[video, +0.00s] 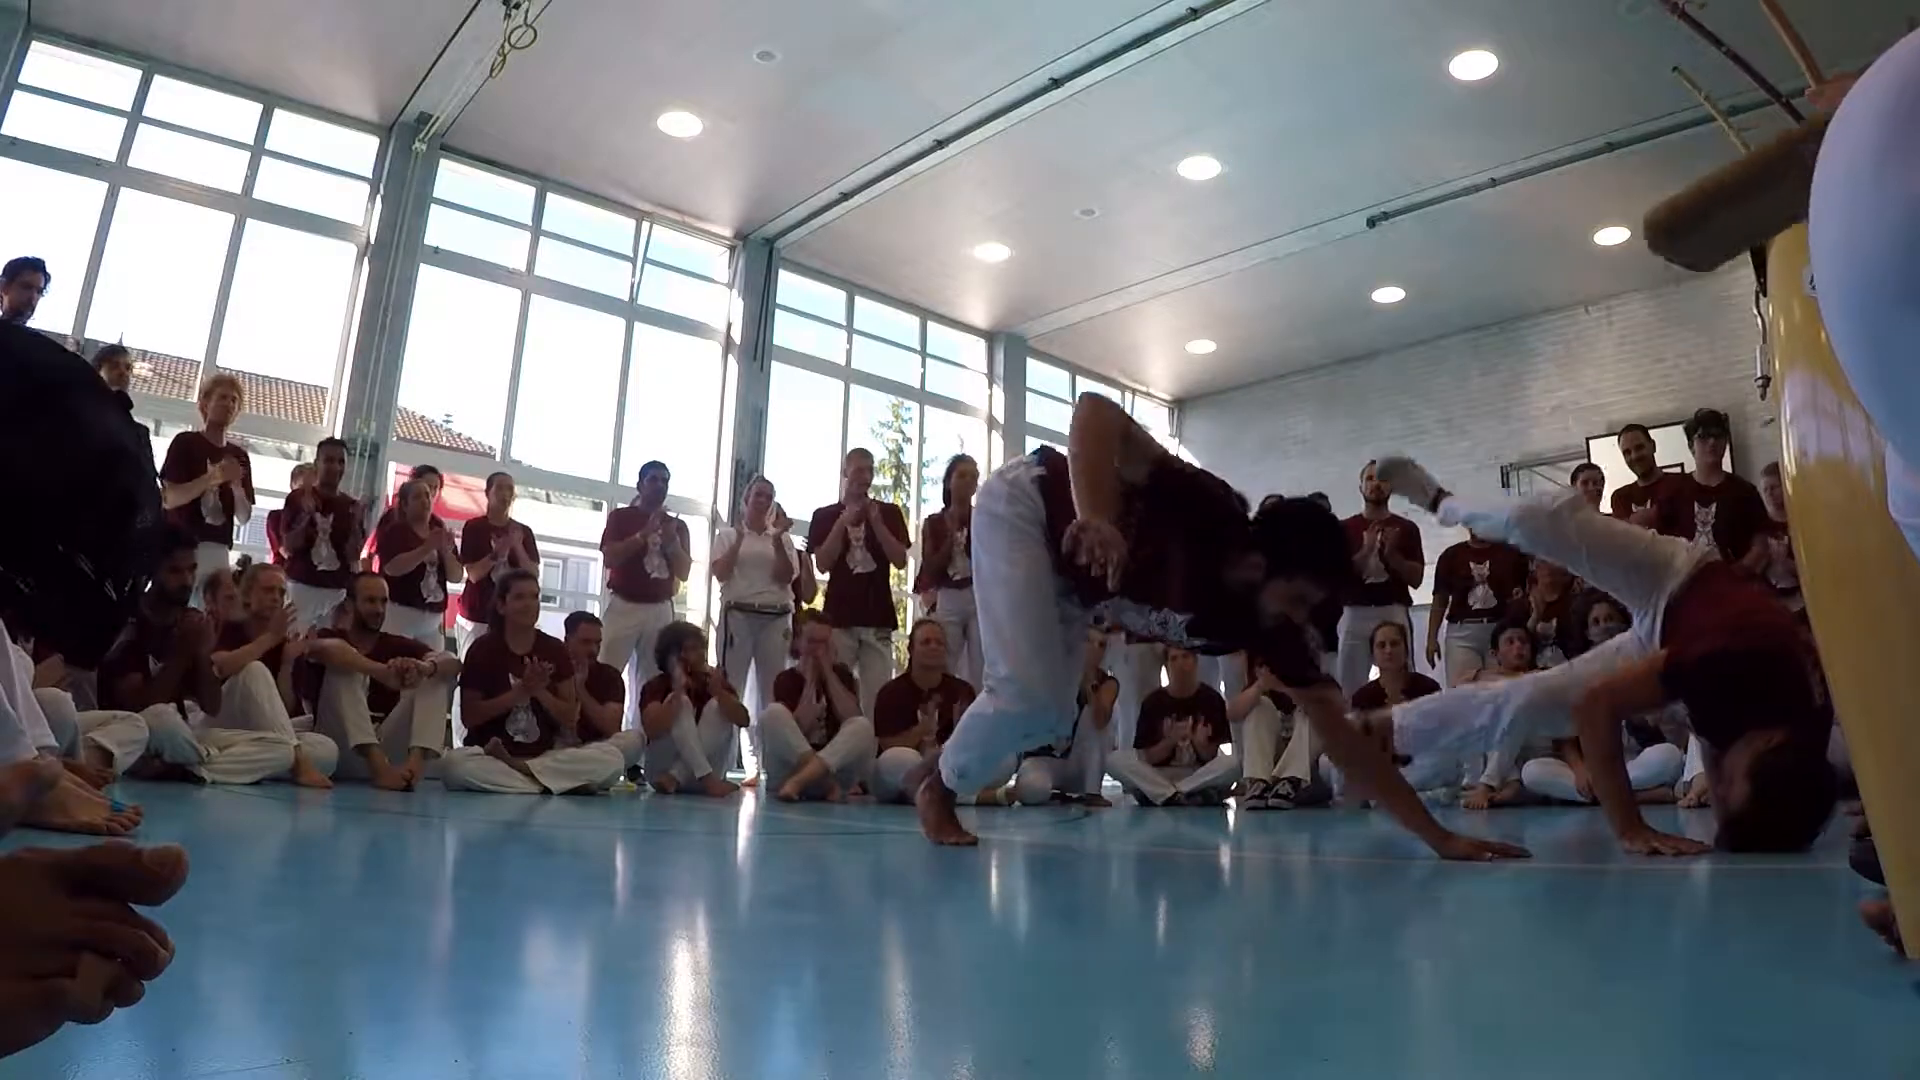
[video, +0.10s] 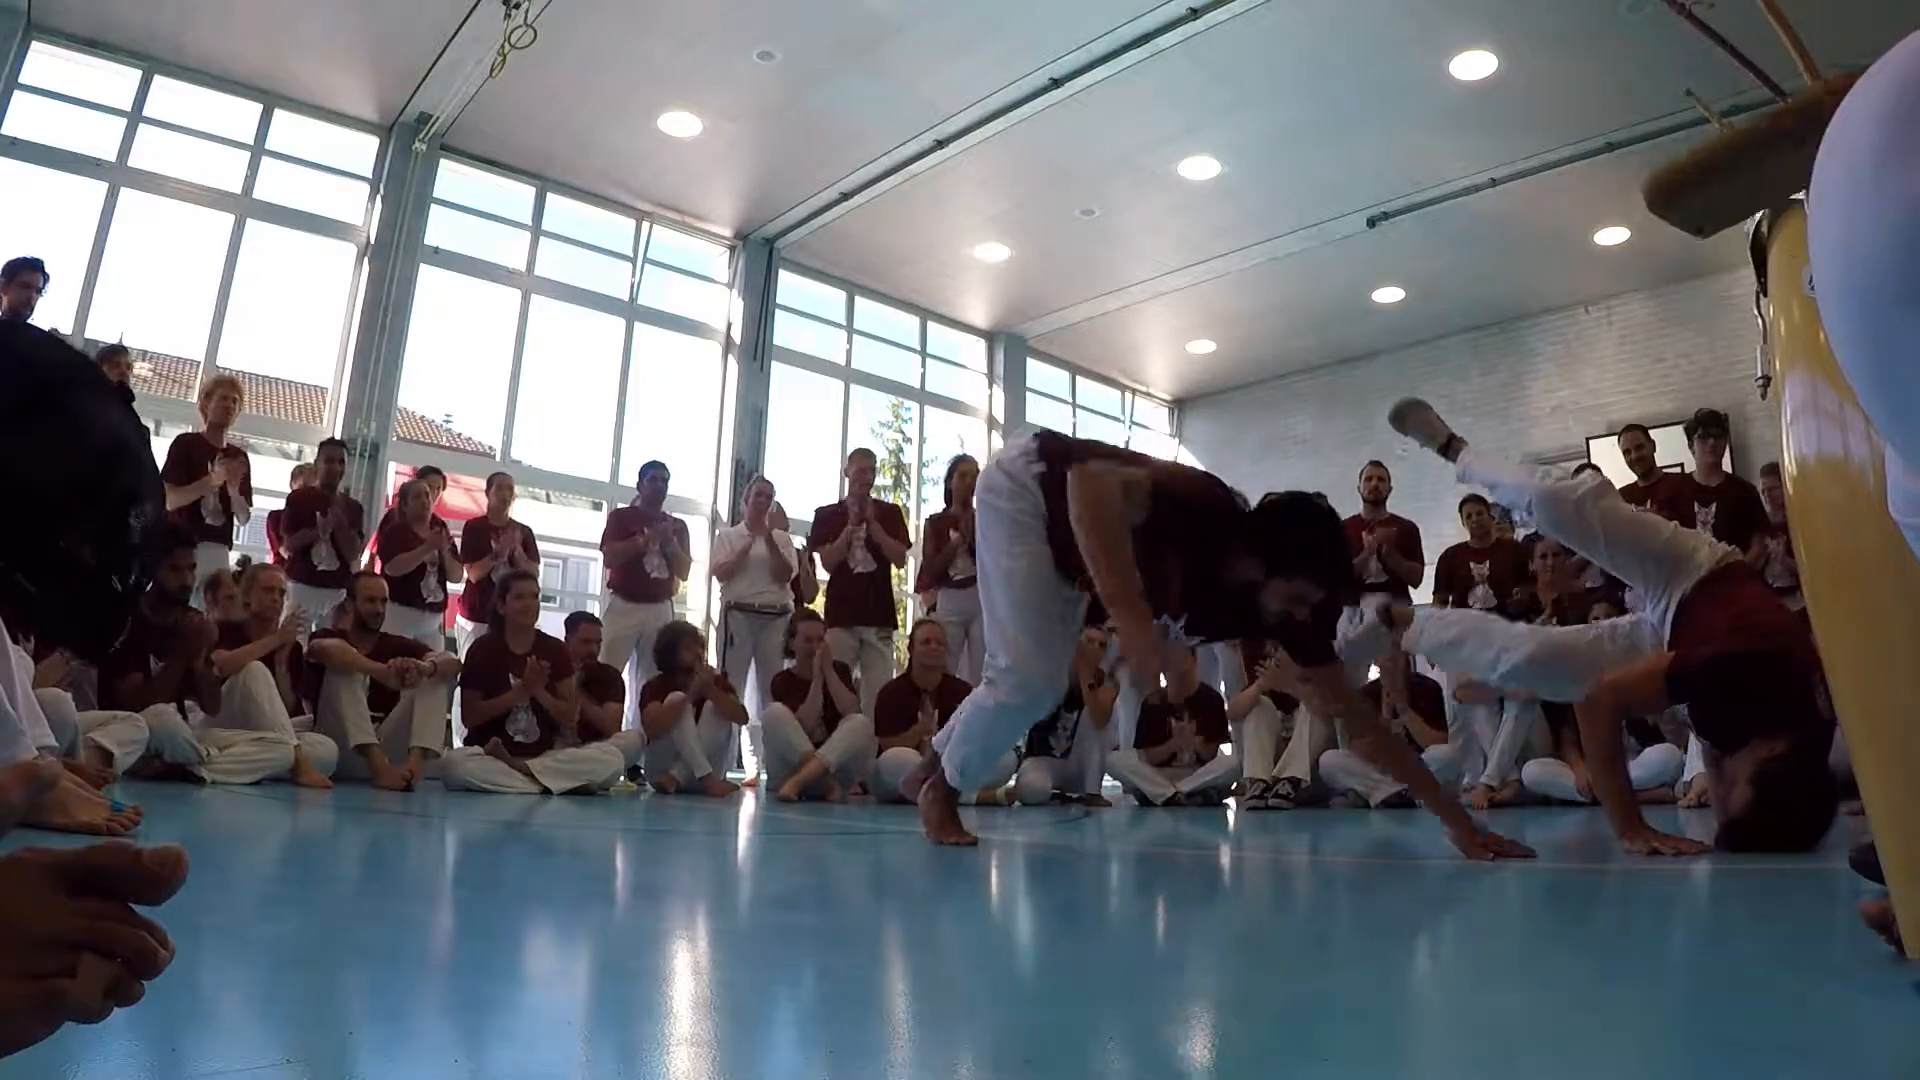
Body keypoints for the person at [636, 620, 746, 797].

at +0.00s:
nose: (702, 654)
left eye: (703, 647)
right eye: (693, 649)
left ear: (706, 649)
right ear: (675, 655)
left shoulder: (714, 680)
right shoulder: (655, 686)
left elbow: (743, 720)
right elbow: (652, 729)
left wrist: (719, 692)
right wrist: (677, 692)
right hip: (663, 772)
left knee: (719, 705)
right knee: (680, 702)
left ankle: (675, 776)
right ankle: (707, 777)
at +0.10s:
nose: (698, 652)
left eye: (699, 646)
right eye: (688, 648)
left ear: (704, 648)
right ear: (672, 653)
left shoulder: (716, 680)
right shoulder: (654, 686)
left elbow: (742, 718)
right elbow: (651, 728)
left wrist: (710, 689)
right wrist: (692, 693)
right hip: (664, 772)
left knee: (718, 704)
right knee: (677, 700)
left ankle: (676, 776)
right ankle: (707, 777)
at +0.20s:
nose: (698, 651)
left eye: (699, 645)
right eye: (687, 647)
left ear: (703, 648)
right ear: (670, 652)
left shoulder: (716, 680)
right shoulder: (654, 686)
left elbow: (742, 719)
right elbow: (652, 728)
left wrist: (711, 690)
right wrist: (692, 694)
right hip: (664, 771)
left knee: (718, 704)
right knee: (676, 700)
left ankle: (676, 776)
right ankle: (707, 777)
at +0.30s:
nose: (697, 651)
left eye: (698, 645)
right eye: (686, 647)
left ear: (702, 647)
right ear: (670, 653)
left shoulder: (715, 680)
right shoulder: (654, 686)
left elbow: (742, 719)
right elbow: (652, 728)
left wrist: (711, 691)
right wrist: (691, 696)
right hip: (663, 772)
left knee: (718, 704)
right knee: (677, 700)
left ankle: (675, 776)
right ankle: (707, 777)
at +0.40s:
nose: (694, 651)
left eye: (696, 644)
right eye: (684, 647)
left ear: (701, 648)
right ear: (670, 654)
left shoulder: (715, 679)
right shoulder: (654, 686)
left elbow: (743, 721)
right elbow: (652, 729)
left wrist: (716, 692)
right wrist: (679, 692)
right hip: (663, 772)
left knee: (716, 706)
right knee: (679, 701)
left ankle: (675, 776)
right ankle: (707, 777)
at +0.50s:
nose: (691, 651)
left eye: (693, 644)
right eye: (681, 647)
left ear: (699, 647)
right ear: (667, 655)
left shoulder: (714, 678)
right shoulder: (654, 686)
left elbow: (743, 721)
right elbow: (652, 729)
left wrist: (716, 691)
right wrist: (678, 692)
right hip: (663, 772)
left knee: (716, 706)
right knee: (680, 702)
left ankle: (675, 776)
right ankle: (707, 777)